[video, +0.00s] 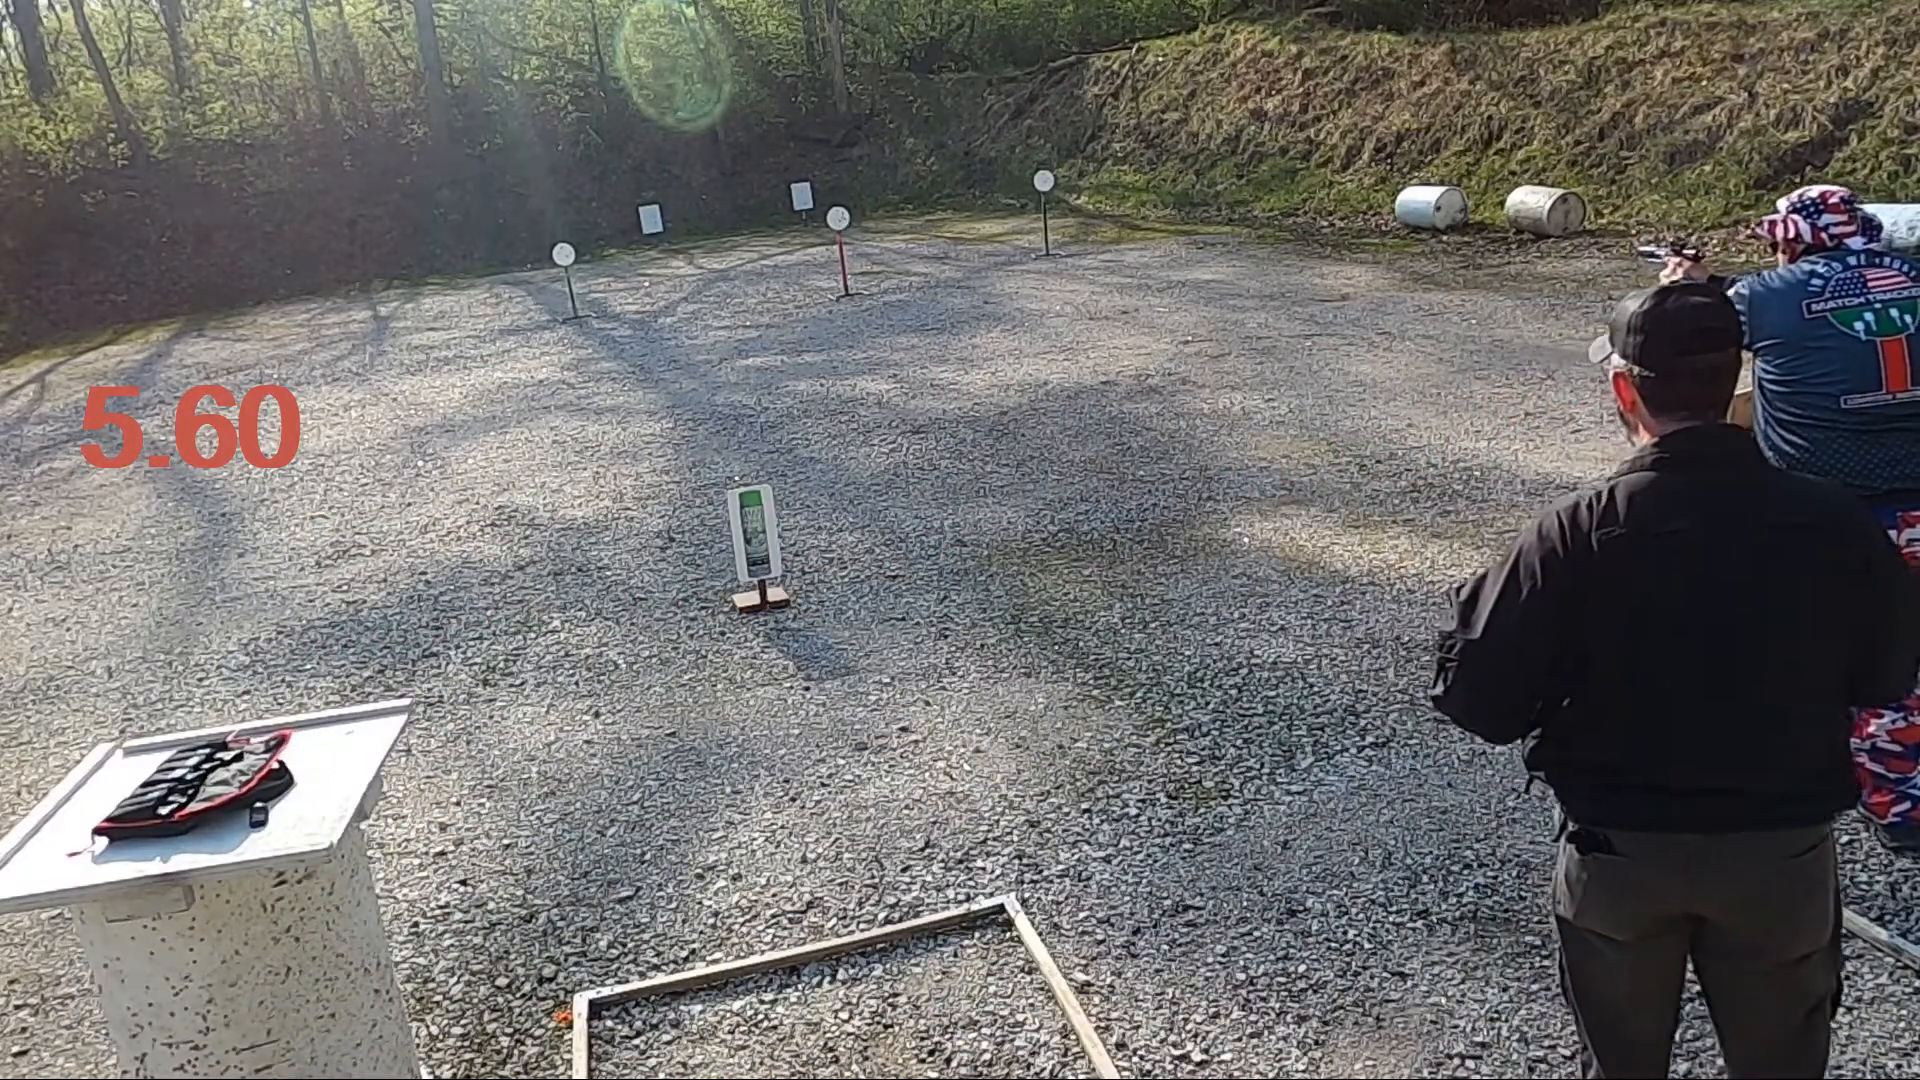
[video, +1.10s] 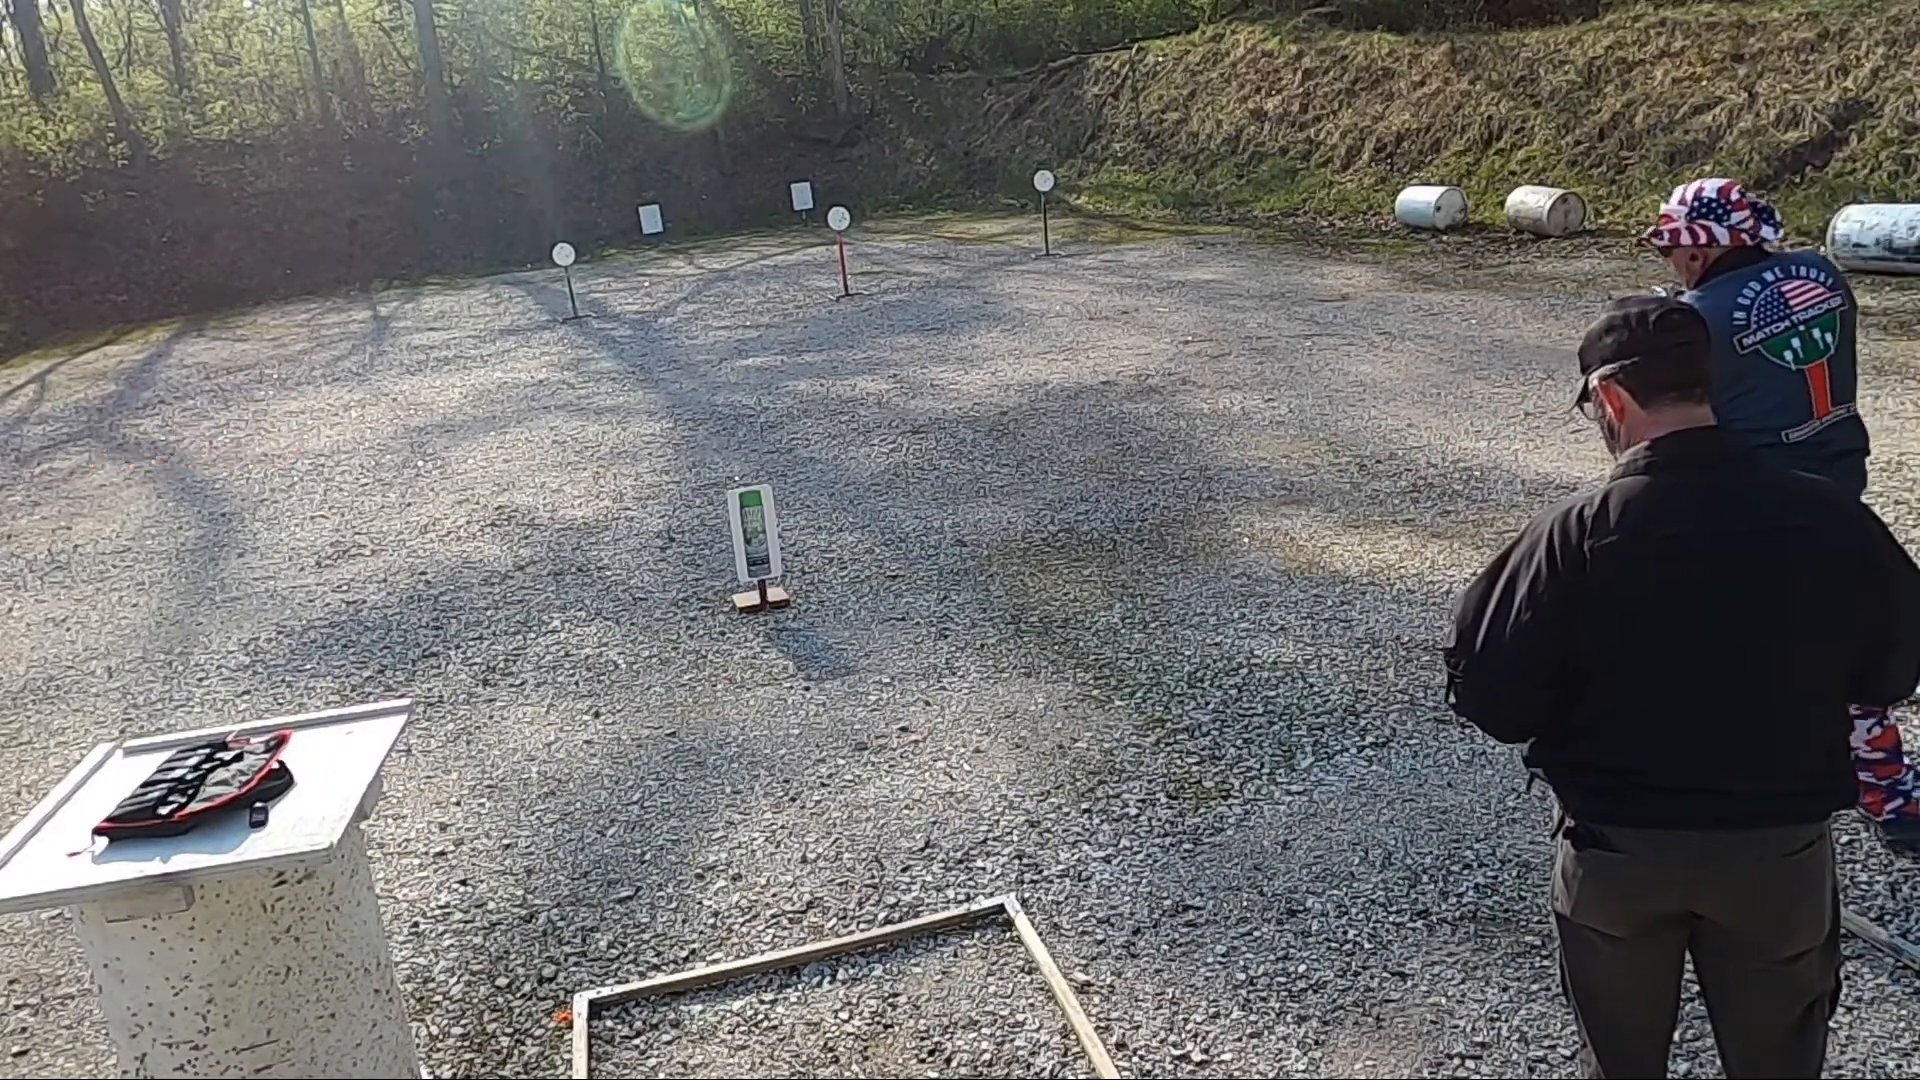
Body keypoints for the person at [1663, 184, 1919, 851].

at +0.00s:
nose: (1778, 252)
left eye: (1781, 242)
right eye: (1777, 243)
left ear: (1799, 242)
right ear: (1860, 230)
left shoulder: (1775, 293)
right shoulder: (1908, 279)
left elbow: (1687, 318)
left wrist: (1678, 281)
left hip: (1829, 518)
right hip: (1910, 503)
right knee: (1901, 665)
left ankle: (1899, 806)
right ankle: (1900, 801)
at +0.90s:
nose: (1736, 240)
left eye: (1739, 227)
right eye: (1736, 227)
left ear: (1761, 227)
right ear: (1822, 211)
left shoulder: (1731, 305)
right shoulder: (1889, 263)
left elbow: (1696, 405)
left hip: (1813, 516)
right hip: (1907, 494)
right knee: (1897, 655)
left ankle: (1902, 813)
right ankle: (1902, 806)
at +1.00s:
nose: (1706, 250)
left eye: (1707, 237)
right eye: (1703, 237)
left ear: (1732, 237)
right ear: (1788, 220)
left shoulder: (1715, 314)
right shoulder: (1859, 270)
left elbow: (1686, 411)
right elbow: (1862, 368)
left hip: (1781, 524)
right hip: (1878, 508)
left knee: (1783, 662)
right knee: (1887, 657)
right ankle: (1900, 807)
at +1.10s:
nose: (1674, 267)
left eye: (1675, 253)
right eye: (1670, 254)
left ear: (1702, 250)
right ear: (1757, 231)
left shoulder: (1706, 312)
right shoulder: (1823, 272)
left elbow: (1691, 406)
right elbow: (1838, 370)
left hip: (1765, 489)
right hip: (1845, 473)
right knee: (1864, 627)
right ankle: (1891, 790)